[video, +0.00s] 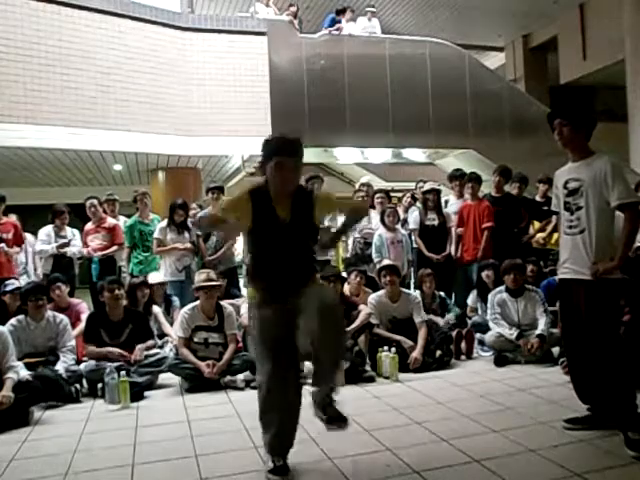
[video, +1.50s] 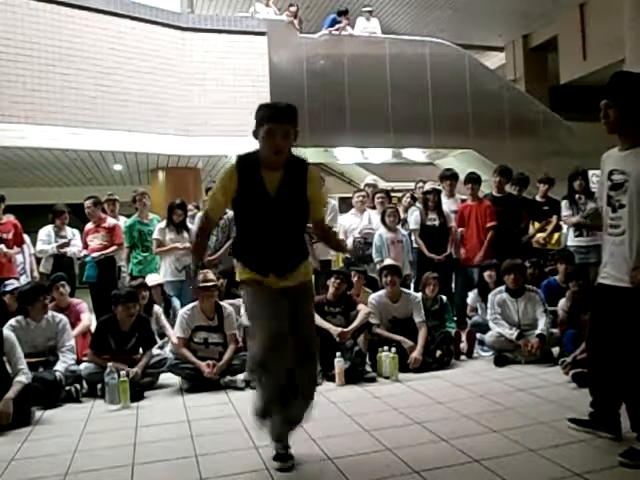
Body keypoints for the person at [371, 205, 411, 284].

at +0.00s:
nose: (391, 219)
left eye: (394, 216)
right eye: (388, 216)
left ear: (397, 218)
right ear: (383, 218)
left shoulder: (403, 233)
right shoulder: (379, 234)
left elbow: (408, 249)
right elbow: (376, 252)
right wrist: (380, 263)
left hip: (403, 268)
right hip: (387, 268)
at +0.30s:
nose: (391, 219)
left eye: (394, 216)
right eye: (388, 216)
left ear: (397, 218)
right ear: (383, 218)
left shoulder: (403, 234)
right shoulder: (379, 234)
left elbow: (408, 250)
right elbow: (376, 253)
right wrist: (380, 265)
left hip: (403, 269)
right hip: (387, 269)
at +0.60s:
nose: (391, 219)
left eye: (394, 216)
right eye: (388, 216)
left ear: (397, 218)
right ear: (383, 218)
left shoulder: (403, 233)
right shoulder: (379, 234)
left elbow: (408, 248)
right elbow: (376, 253)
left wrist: (408, 259)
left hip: (403, 269)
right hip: (387, 269)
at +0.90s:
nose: (392, 219)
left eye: (394, 216)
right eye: (388, 216)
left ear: (398, 218)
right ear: (384, 218)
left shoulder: (403, 234)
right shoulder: (380, 235)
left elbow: (408, 250)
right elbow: (376, 253)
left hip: (403, 269)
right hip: (387, 269)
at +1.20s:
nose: (392, 219)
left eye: (394, 216)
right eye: (388, 216)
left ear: (398, 218)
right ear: (384, 218)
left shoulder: (404, 234)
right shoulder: (380, 234)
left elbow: (408, 252)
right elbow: (376, 253)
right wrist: (380, 268)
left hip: (403, 270)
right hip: (387, 269)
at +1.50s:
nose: (392, 219)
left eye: (394, 216)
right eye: (389, 216)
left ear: (398, 218)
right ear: (384, 218)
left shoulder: (403, 234)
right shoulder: (380, 234)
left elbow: (408, 252)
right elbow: (376, 253)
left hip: (403, 269)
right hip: (387, 268)